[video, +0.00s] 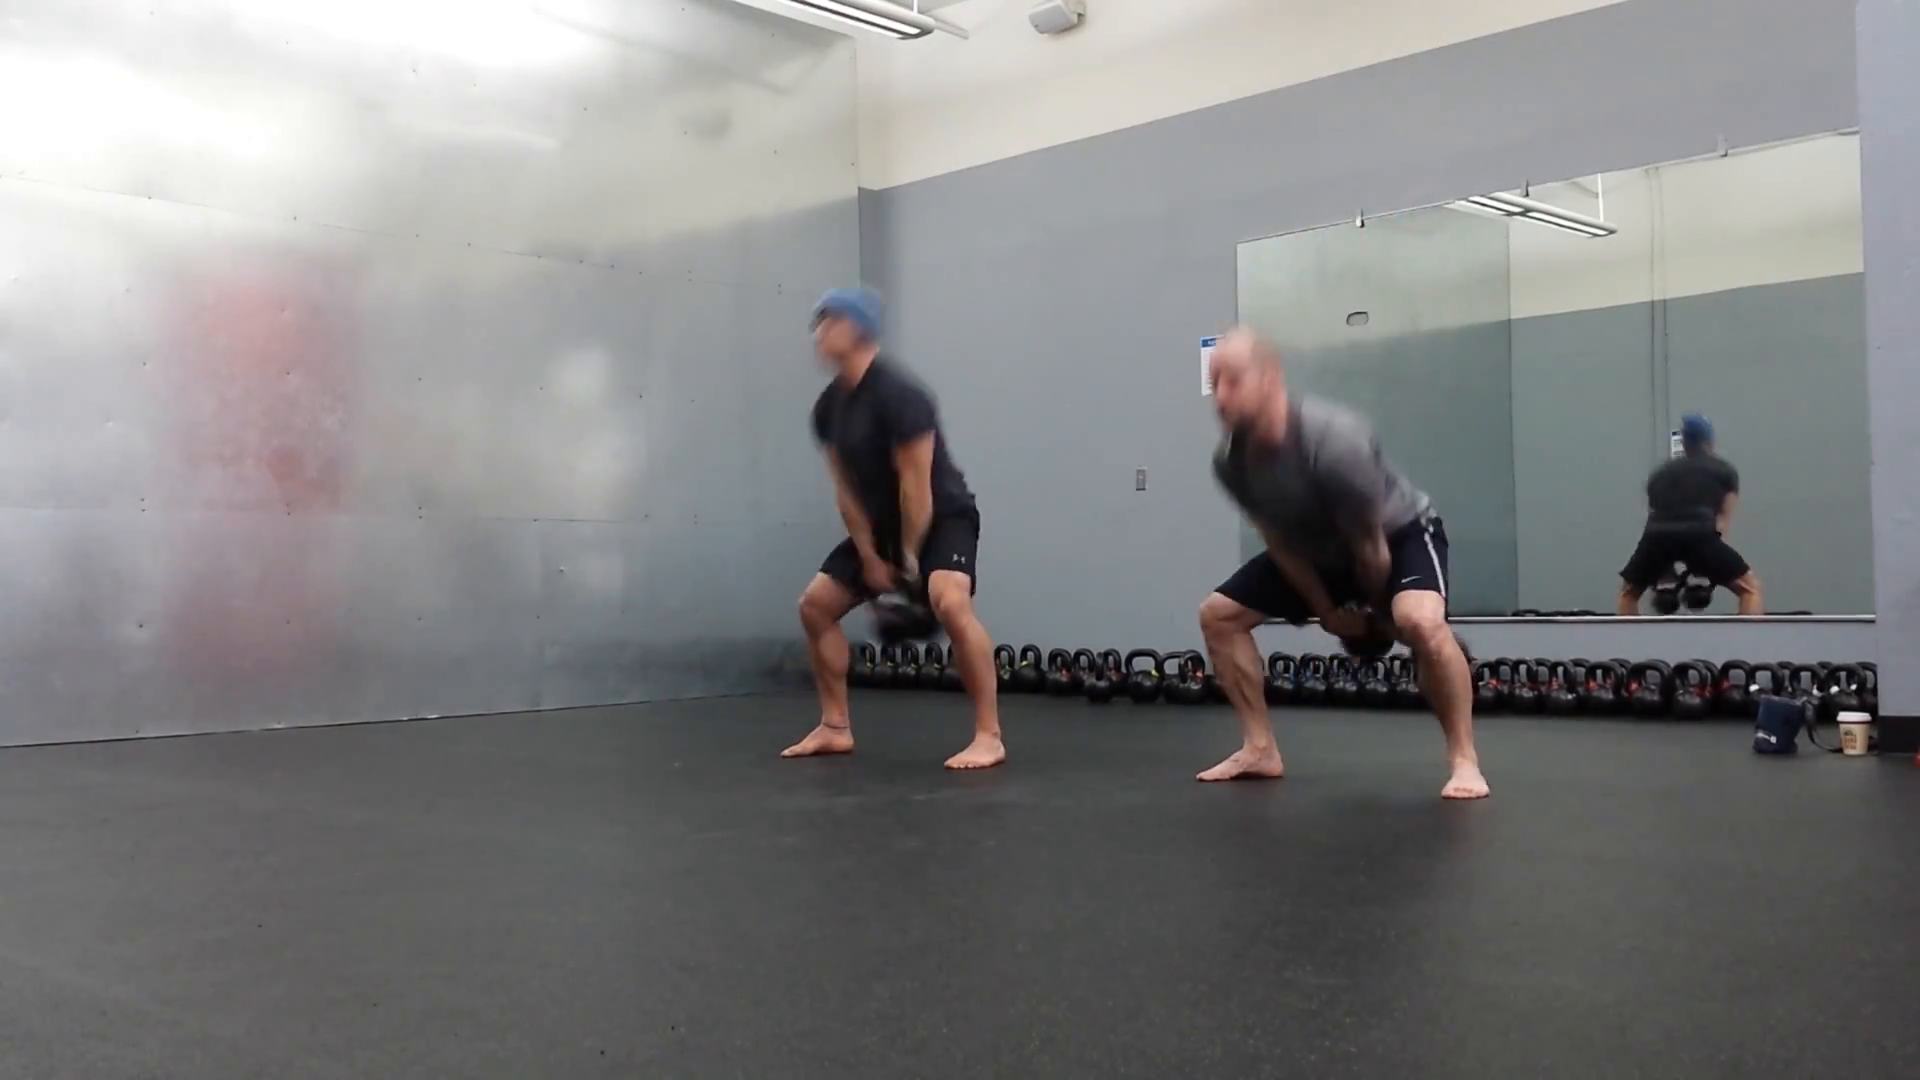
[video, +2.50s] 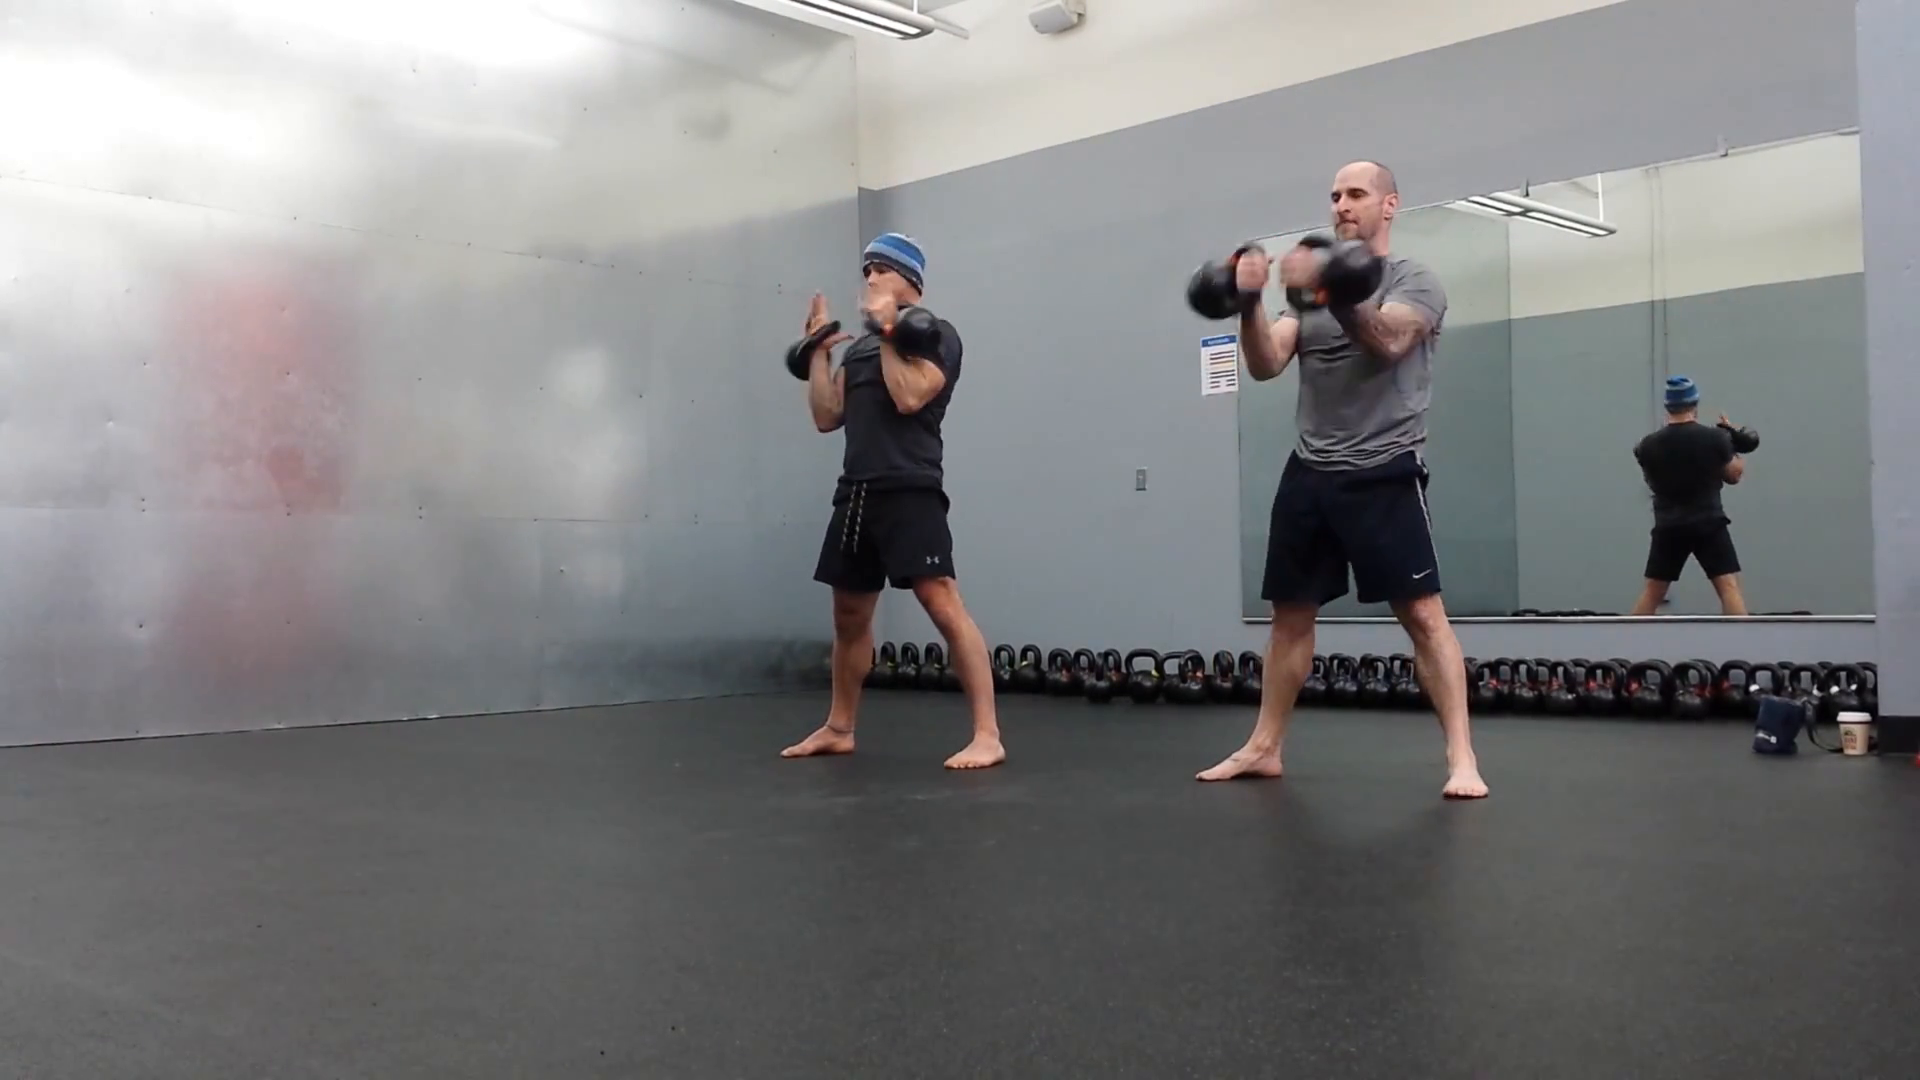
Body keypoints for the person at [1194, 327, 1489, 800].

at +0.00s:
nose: (1220, 396)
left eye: (1232, 379)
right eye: (1215, 383)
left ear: (1269, 377)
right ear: (1210, 388)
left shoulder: (1335, 440)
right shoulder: (1233, 462)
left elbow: (1373, 544)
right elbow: (1280, 544)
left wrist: (1373, 616)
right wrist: (1330, 615)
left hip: (1400, 534)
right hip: (1322, 545)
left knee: (1420, 622)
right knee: (1220, 615)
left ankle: (1464, 761)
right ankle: (1260, 749)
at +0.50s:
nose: (1353, 218)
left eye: (1367, 206)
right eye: (1347, 210)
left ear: (1402, 218)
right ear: (1343, 225)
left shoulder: (1427, 278)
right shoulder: (1328, 292)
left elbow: (1406, 332)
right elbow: (1289, 344)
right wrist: (1248, 358)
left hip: (1384, 466)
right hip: (1311, 466)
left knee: (1420, 610)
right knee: (1282, 611)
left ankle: (1463, 757)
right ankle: (1264, 746)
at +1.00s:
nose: (1278, 209)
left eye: (1291, 195)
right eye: (1272, 199)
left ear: (1329, 198)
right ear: (1267, 209)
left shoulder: (1363, 252)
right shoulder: (1265, 258)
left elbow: (1377, 144)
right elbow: (1232, 163)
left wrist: (1369, 45)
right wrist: (1244, 64)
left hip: (1352, 466)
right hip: (1276, 469)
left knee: (1408, 614)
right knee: (1279, 617)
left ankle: (1459, 760)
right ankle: (1264, 746)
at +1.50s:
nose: (1316, 200)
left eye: (1331, 188)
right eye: (1311, 191)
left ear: (1368, 200)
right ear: (1307, 204)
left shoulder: (1388, 261)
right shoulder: (1286, 267)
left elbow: (1390, 175)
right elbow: (1219, 205)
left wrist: (1367, 94)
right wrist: (1245, 118)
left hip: (1361, 468)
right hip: (1284, 468)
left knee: (1411, 616)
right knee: (1281, 618)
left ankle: (1459, 760)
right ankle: (1265, 747)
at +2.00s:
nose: (1333, 203)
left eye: (1348, 192)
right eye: (1327, 194)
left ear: (1382, 210)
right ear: (1319, 210)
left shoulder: (1405, 284)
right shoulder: (1294, 293)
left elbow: (1383, 352)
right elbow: (1251, 372)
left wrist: (1351, 274)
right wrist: (1263, 286)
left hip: (1367, 474)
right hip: (1289, 474)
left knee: (1412, 617)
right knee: (1283, 618)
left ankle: (1458, 759)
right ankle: (1265, 748)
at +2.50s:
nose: (1341, 205)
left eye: (1356, 194)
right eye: (1336, 196)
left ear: (1391, 205)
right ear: (1330, 210)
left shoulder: (1416, 278)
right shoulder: (1313, 282)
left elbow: (1390, 340)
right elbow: (1266, 361)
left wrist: (1334, 286)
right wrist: (1251, 299)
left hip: (1386, 472)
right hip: (1310, 472)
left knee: (1423, 615)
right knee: (1289, 614)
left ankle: (1462, 759)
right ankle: (1264, 746)